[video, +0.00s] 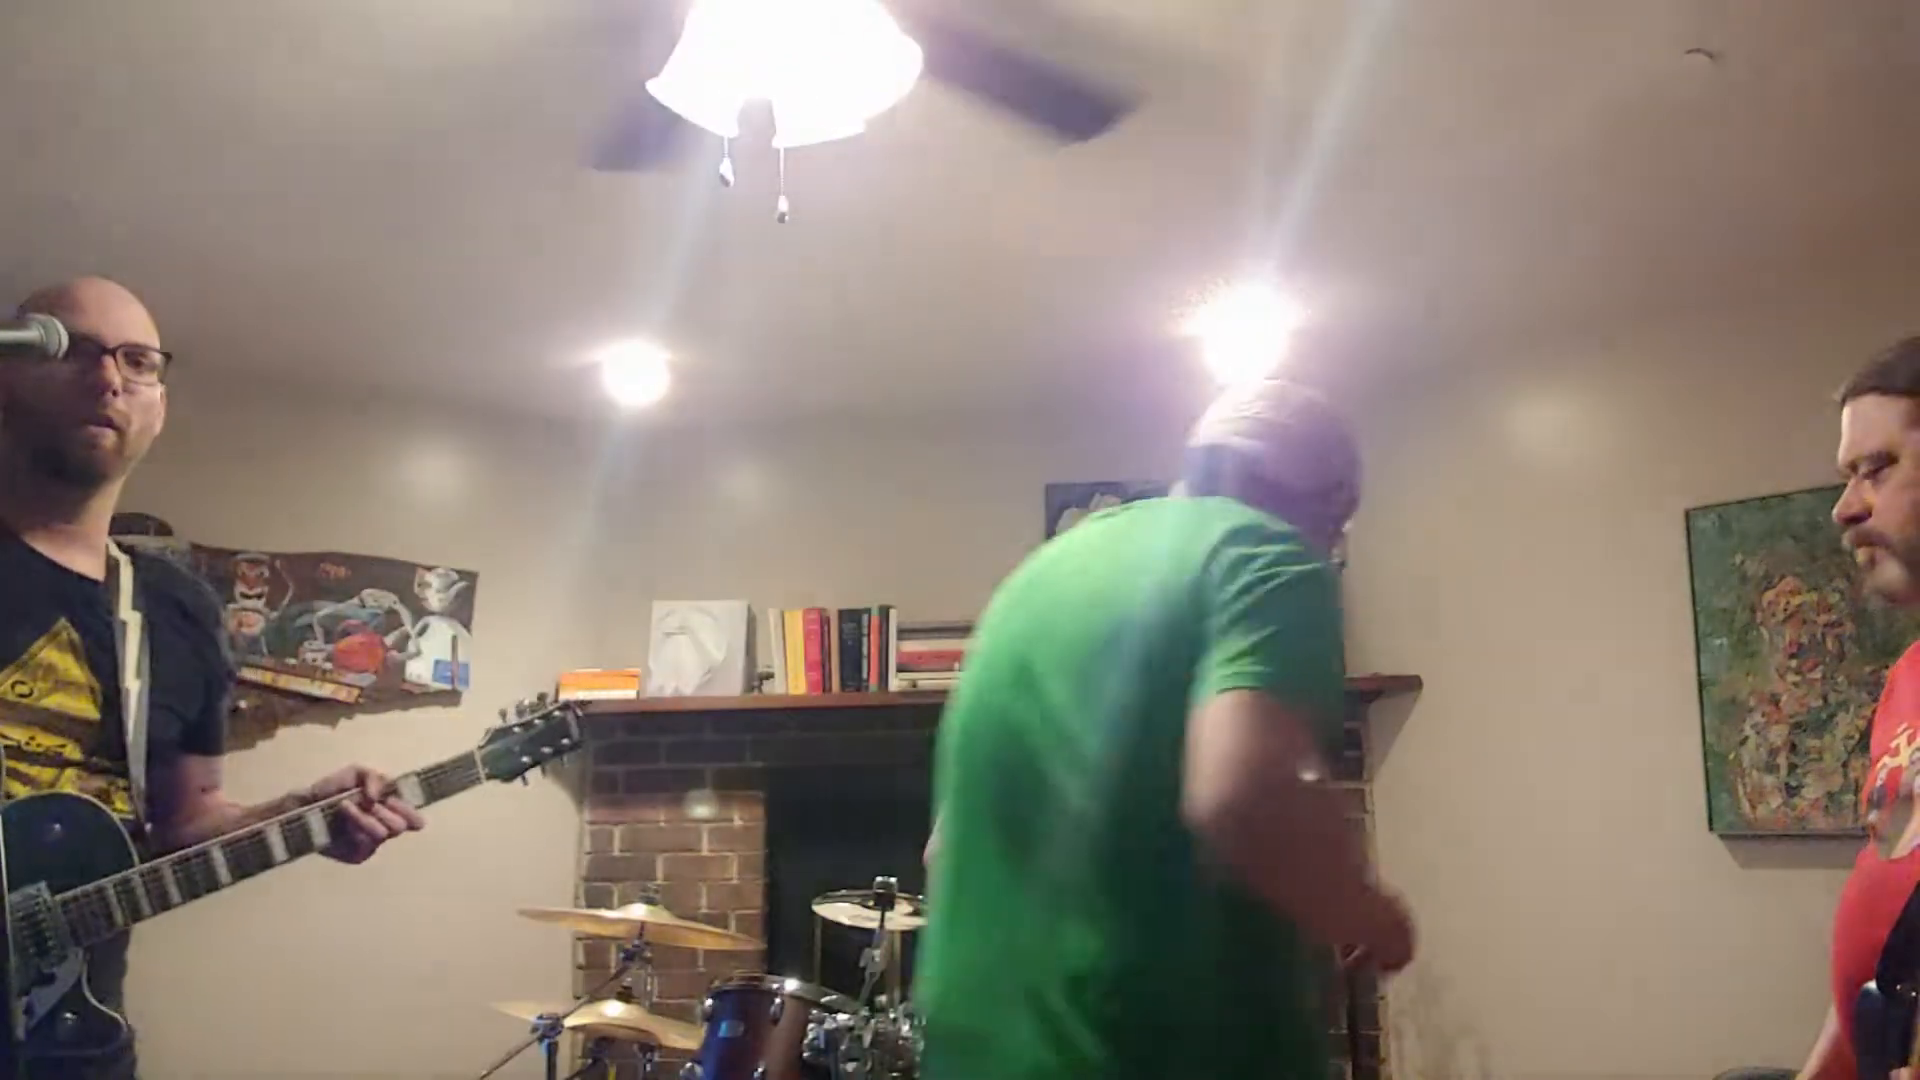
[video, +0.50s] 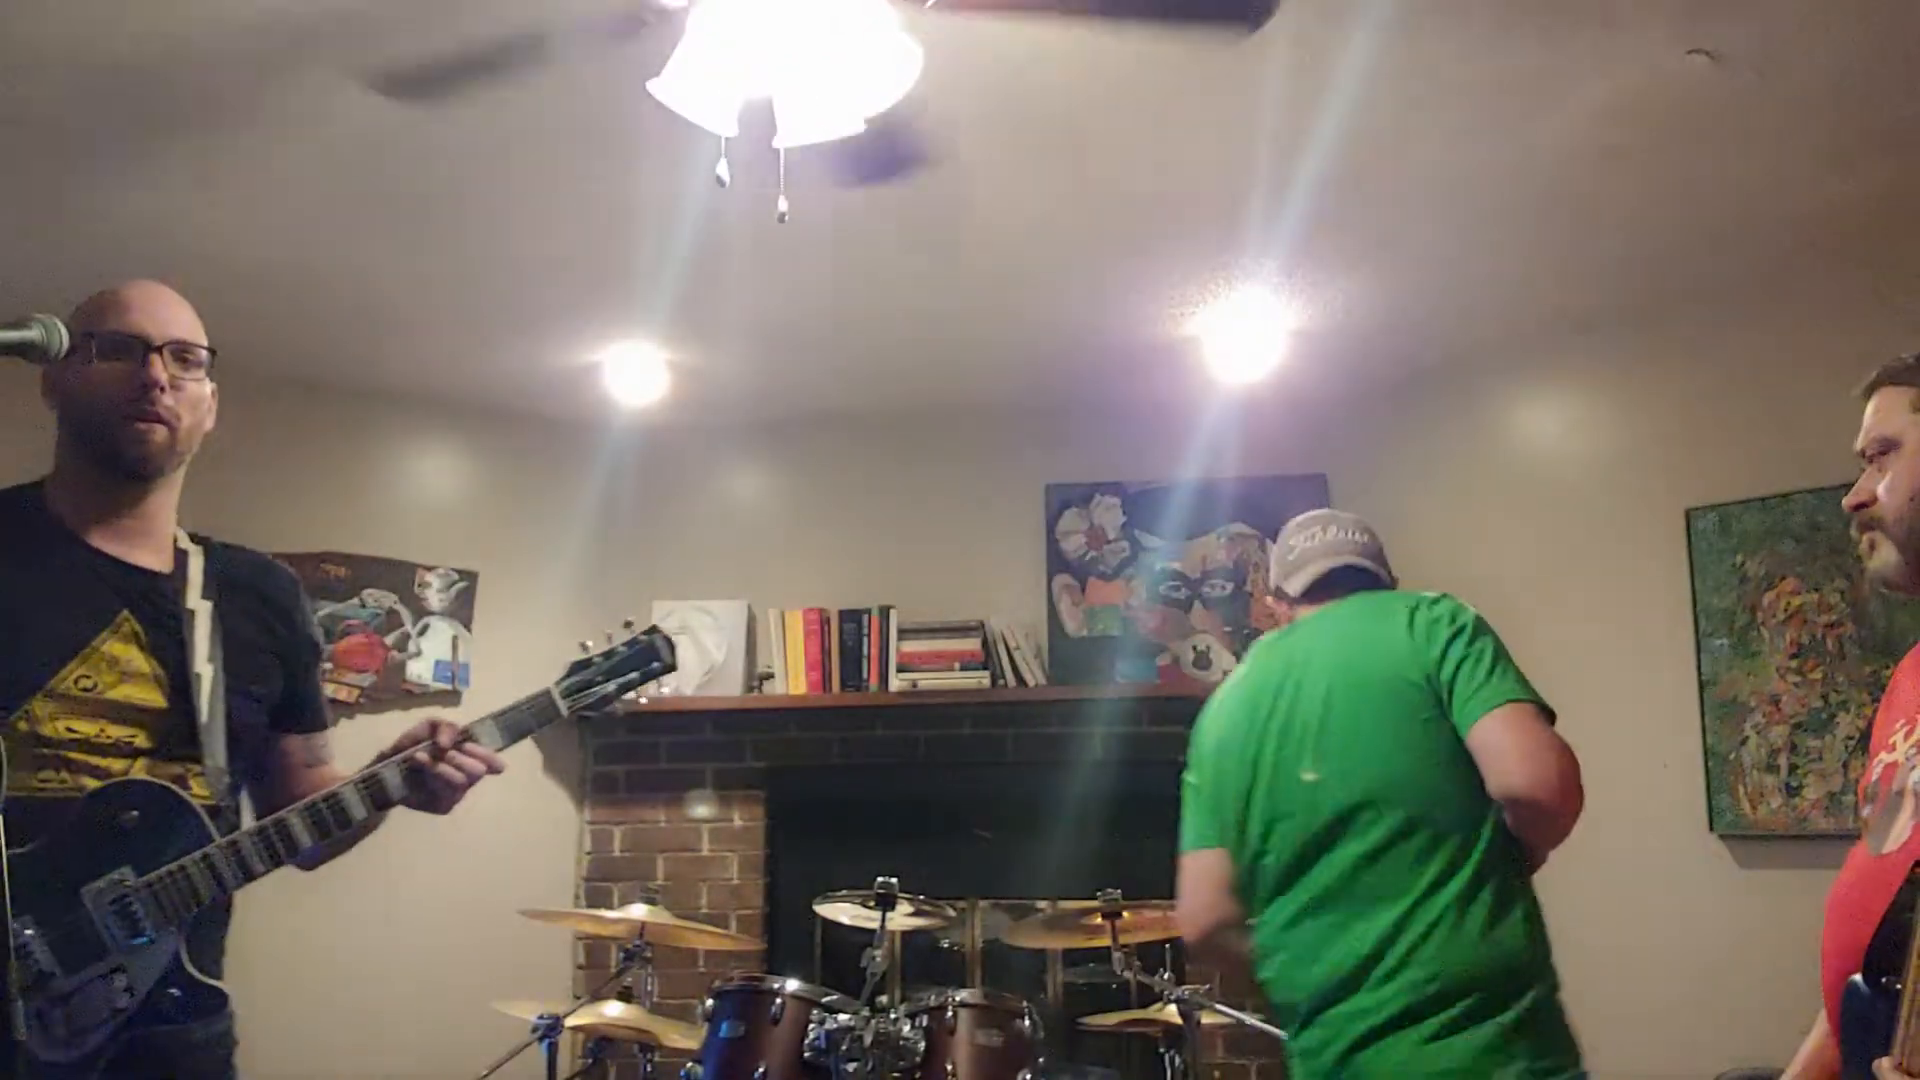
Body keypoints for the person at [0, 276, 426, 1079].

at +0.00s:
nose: (109, 378)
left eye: (137, 362)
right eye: (69, 349)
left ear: (161, 405)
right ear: (3, 373)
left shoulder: (177, 610)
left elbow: (180, 822)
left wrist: (309, 815)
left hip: (76, 1038)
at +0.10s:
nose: (113, 380)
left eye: (142, 365)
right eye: (77, 352)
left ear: (166, 412)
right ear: (8, 379)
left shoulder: (183, 606)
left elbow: (193, 822)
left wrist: (312, 814)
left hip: (82, 1040)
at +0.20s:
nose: (123, 379)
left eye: (151, 363)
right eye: (88, 353)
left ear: (175, 410)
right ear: (17, 380)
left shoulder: (199, 606)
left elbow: (217, 831)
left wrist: (323, 805)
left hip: (100, 1035)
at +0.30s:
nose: (134, 377)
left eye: (163, 362)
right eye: (100, 351)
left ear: (187, 411)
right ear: (29, 382)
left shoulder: (217, 607)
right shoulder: (7, 543)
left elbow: (251, 845)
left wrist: (347, 790)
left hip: (119, 1032)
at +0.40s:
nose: (146, 375)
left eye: (175, 360)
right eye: (110, 350)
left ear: (200, 410)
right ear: (42, 380)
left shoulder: (237, 600)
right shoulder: (8, 543)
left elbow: (277, 839)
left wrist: (368, 783)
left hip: (146, 1030)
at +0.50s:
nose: (156, 373)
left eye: (184, 358)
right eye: (121, 349)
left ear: (211, 406)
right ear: (55, 381)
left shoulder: (259, 596)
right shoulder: (7, 547)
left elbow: (301, 825)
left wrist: (391, 777)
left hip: (173, 1031)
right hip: (9, 1029)